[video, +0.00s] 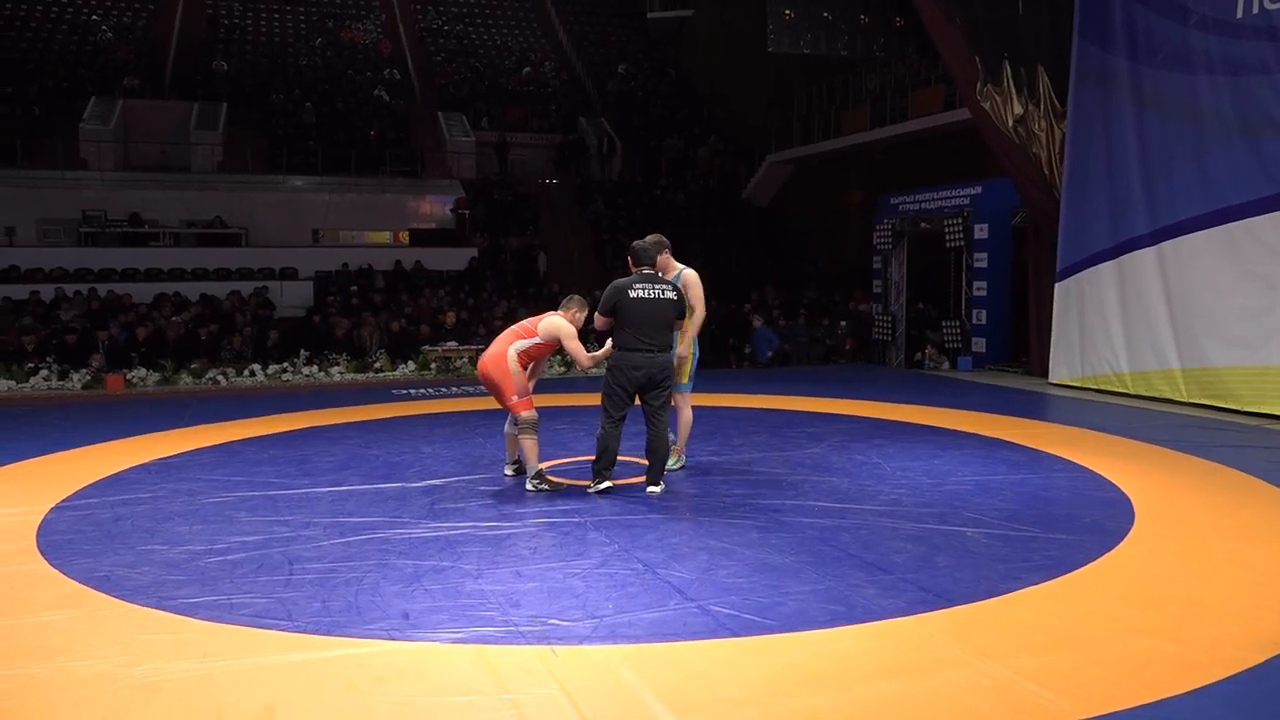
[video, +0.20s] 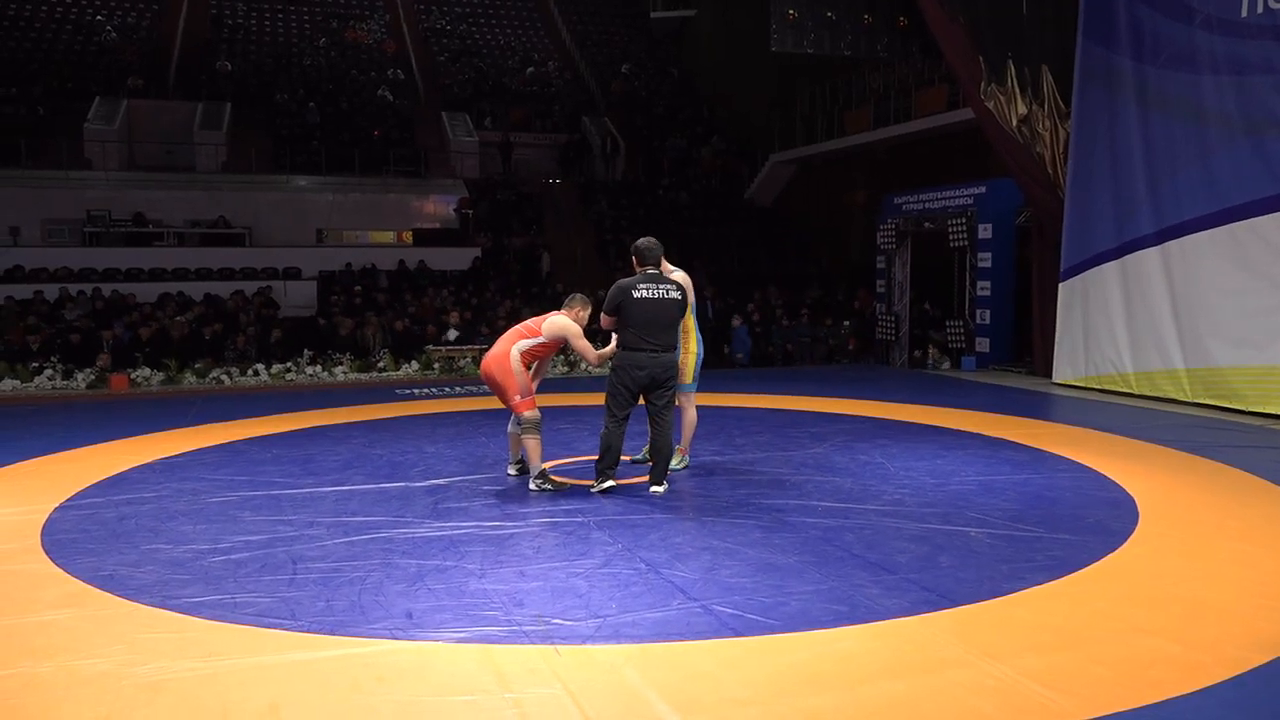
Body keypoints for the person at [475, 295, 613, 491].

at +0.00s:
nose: (583, 323)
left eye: (584, 318)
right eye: (583, 317)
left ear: (565, 311)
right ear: (574, 312)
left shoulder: (547, 321)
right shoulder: (564, 326)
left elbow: (535, 370)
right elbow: (585, 362)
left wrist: (524, 393)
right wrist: (607, 349)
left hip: (489, 362)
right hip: (504, 363)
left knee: (517, 413)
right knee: (528, 418)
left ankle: (512, 463)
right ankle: (534, 476)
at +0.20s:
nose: (587, 320)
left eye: (588, 315)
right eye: (587, 315)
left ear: (569, 310)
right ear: (578, 311)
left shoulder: (551, 321)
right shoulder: (569, 326)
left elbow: (538, 371)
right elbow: (595, 359)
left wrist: (526, 395)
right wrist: (614, 346)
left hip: (492, 362)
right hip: (507, 362)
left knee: (520, 413)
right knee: (531, 417)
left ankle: (516, 463)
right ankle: (538, 476)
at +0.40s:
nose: (591, 319)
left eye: (591, 314)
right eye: (591, 313)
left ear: (571, 309)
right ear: (581, 310)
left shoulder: (555, 320)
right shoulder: (573, 325)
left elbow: (543, 367)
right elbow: (599, 358)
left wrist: (530, 391)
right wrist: (618, 345)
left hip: (496, 361)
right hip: (510, 362)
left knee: (523, 413)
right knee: (534, 417)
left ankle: (518, 462)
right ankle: (541, 475)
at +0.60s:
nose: (592, 316)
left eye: (593, 311)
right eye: (592, 310)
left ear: (572, 305)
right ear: (582, 307)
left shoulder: (556, 315)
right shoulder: (573, 321)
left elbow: (544, 360)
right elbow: (598, 356)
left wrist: (532, 385)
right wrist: (617, 342)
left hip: (499, 357)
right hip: (514, 358)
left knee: (525, 410)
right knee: (537, 414)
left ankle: (521, 460)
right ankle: (543, 473)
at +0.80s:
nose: (591, 316)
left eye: (592, 312)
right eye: (591, 311)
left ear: (572, 304)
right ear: (582, 307)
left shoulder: (555, 312)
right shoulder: (575, 320)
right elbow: (585, 361)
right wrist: (598, 363)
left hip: (498, 356)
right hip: (516, 357)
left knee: (522, 411)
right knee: (536, 415)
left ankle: (519, 461)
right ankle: (542, 474)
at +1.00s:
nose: (594, 326)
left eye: (595, 322)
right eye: (593, 320)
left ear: (576, 312)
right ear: (586, 314)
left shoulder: (556, 317)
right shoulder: (579, 324)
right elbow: (569, 353)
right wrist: (563, 384)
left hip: (500, 355)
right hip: (521, 355)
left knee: (519, 412)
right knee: (537, 414)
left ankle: (521, 461)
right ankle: (544, 473)